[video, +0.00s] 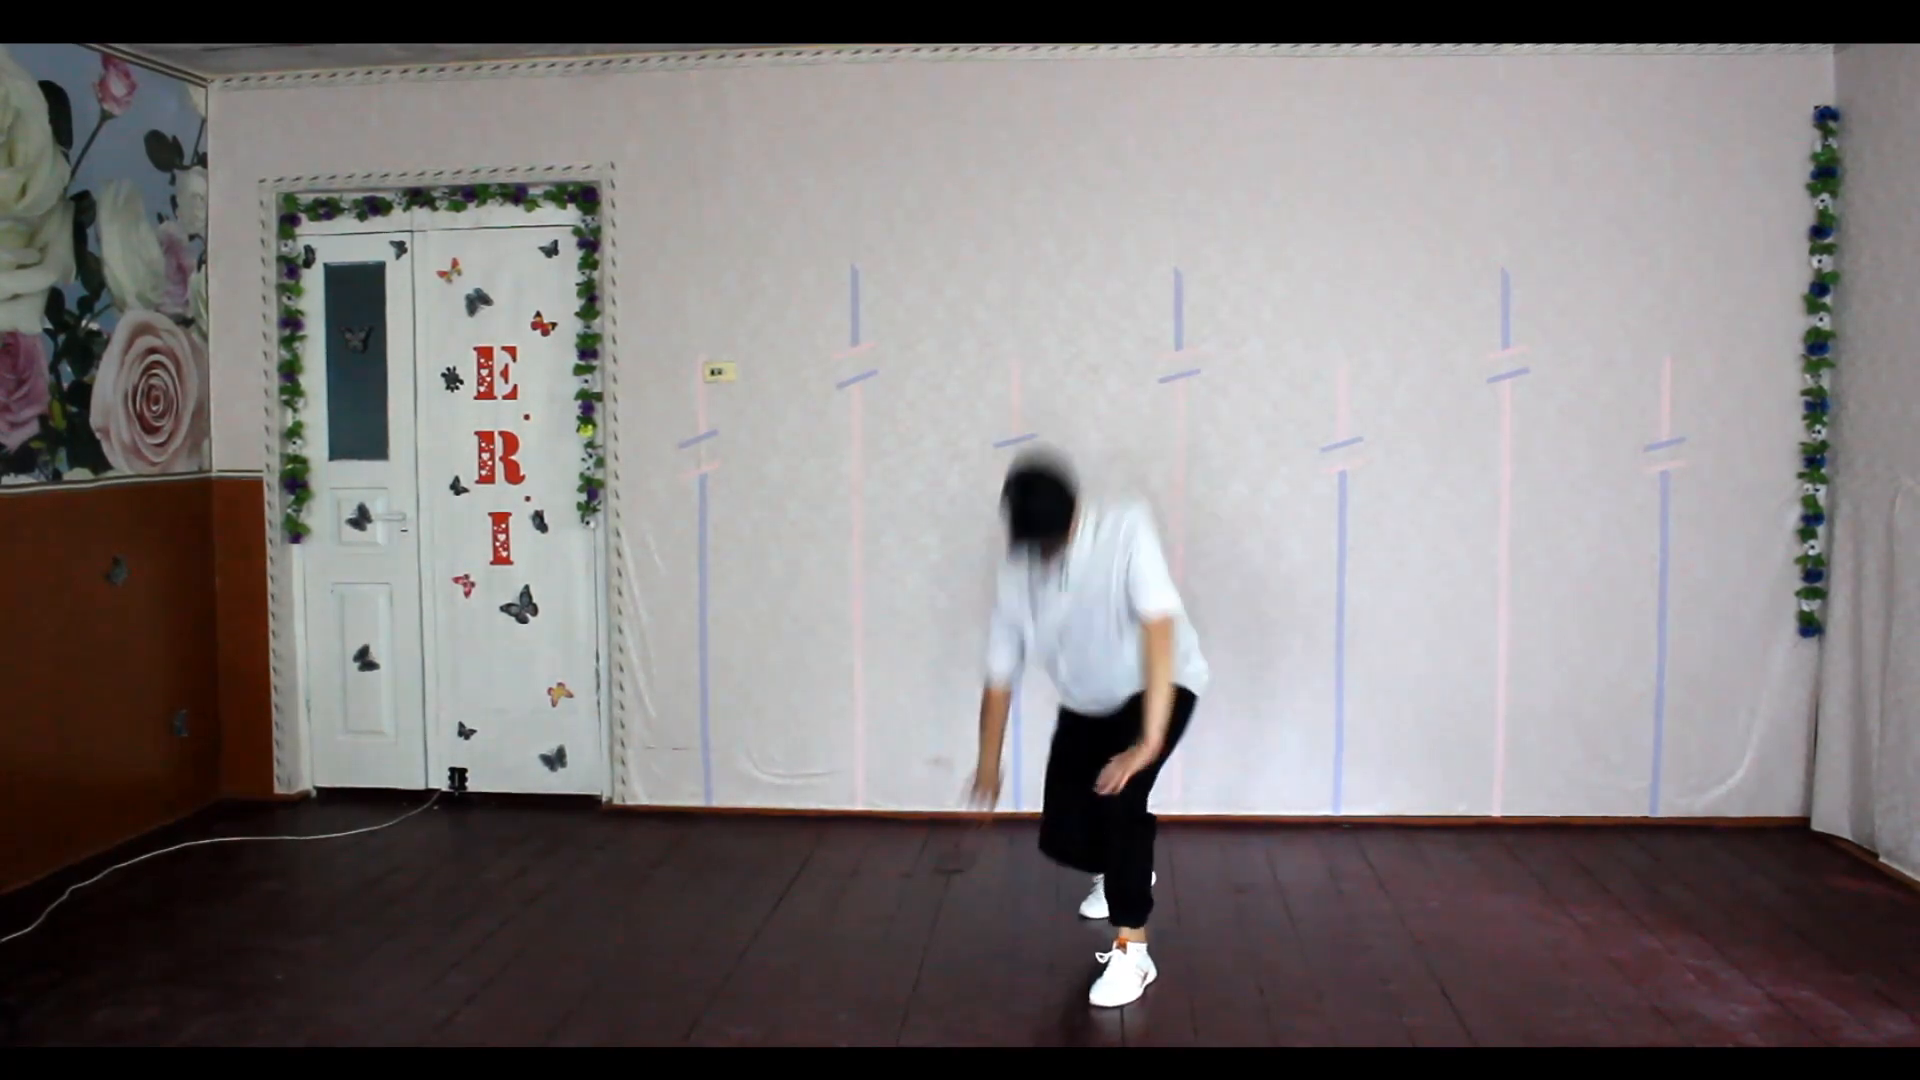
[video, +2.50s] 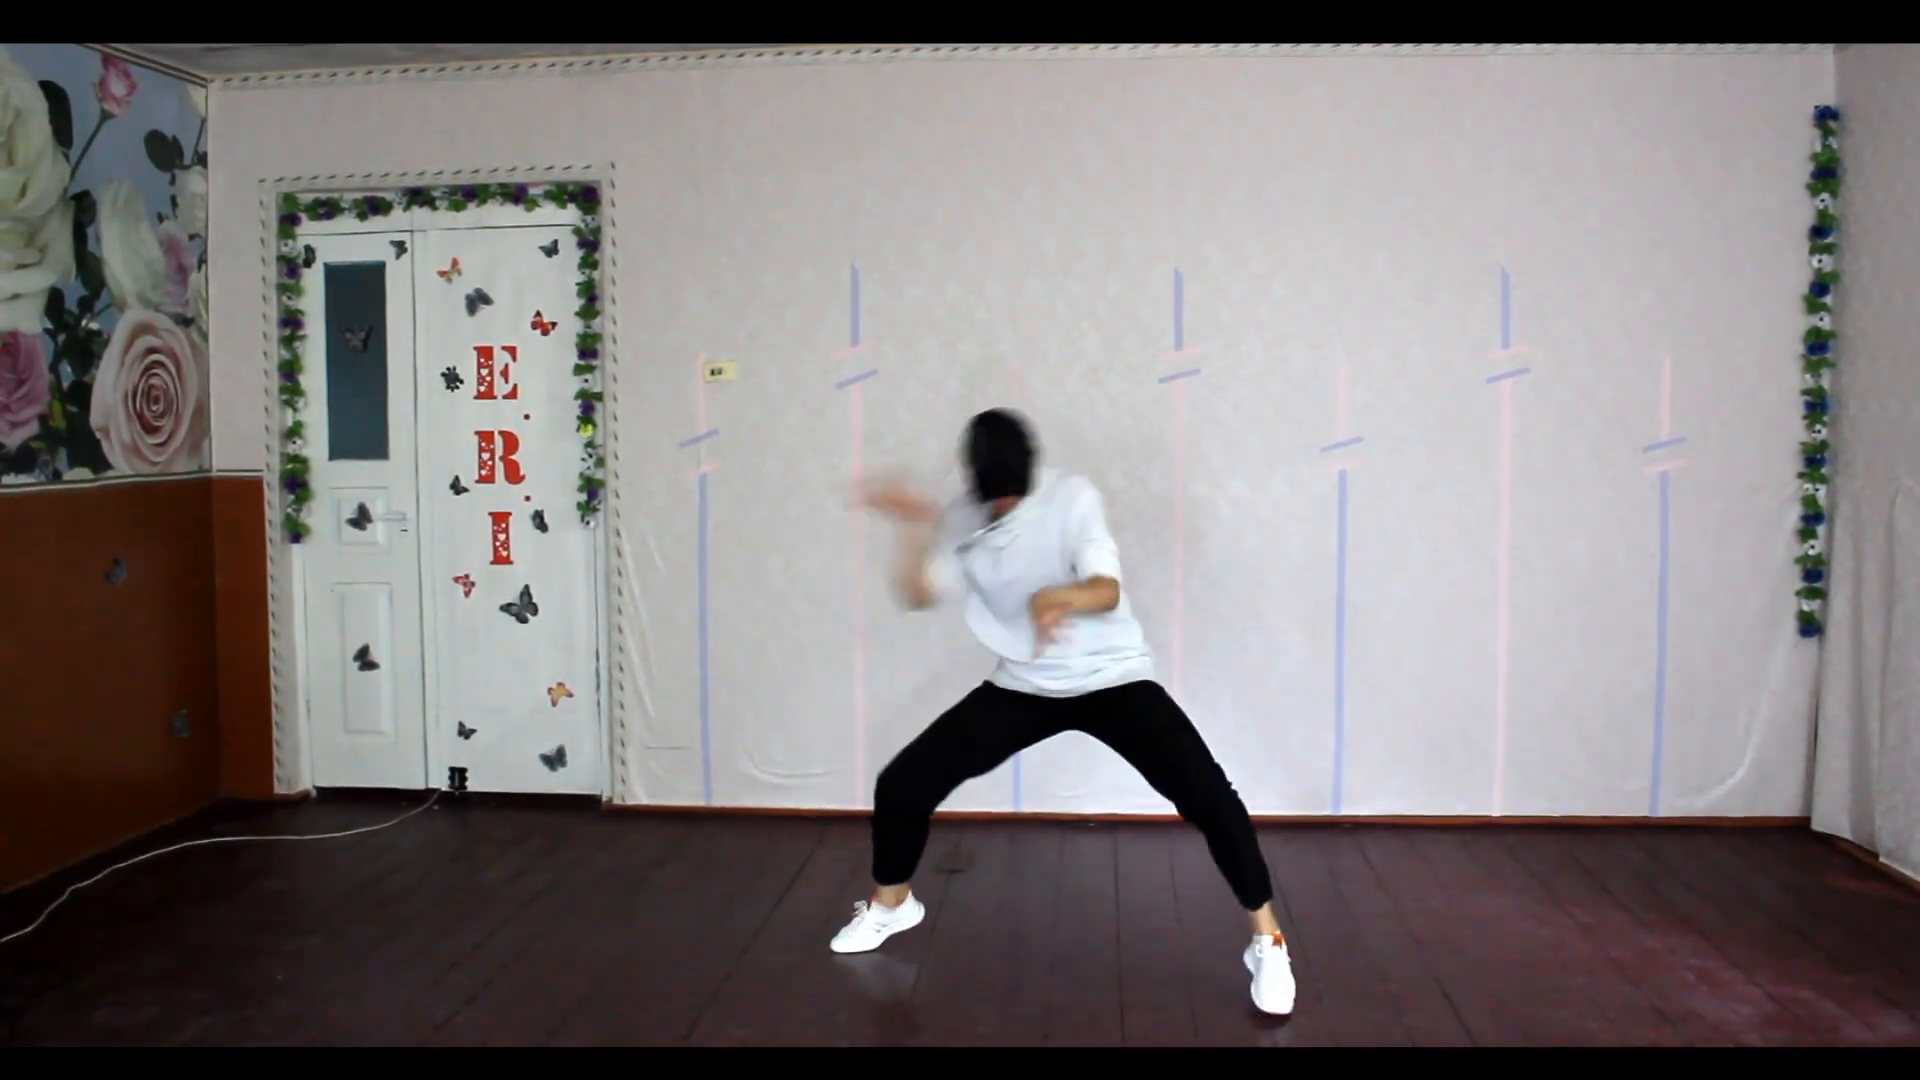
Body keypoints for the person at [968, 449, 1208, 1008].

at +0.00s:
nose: (1047, 551)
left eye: (1054, 539)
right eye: (1035, 543)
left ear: (1071, 515)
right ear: (1018, 529)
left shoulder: (1124, 529)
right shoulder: (1017, 566)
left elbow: (1161, 629)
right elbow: (1000, 674)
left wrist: (1150, 740)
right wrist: (988, 764)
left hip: (1153, 693)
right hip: (1085, 702)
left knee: (1121, 806)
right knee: (1063, 832)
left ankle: (1131, 951)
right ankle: (1126, 868)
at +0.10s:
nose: (1062, 468)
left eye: (1070, 456)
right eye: (1052, 457)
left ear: (1091, 433)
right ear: (1037, 440)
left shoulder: (1136, 463)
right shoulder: (1023, 488)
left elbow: (1139, 568)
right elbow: (1003, 587)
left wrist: (1120, 679)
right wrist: (1007, 668)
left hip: (1145, 662)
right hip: (1069, 667)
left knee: (1123, 797)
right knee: (1067, 797)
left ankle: (1131, 944)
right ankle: (1117, 859)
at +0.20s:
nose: (1069, 373)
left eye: (1077, 359)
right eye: (1059, 360)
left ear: (1094, 346)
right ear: (1047, 351)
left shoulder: (1143, 385)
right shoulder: (1026, 410)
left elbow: (1160, 476)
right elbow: (1000, 498)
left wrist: (1068, 545)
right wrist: (1034, 556)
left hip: (1139, 604)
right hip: (1063, 609)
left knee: (1132, 747)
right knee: (1059, 731)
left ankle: (1143, 915)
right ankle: (1095, 840)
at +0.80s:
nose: (1052, 388)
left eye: (1064, 376)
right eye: (1041, 376)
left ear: (1088, 354)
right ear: (1023, 360)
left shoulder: (1132, 396)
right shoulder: (1005, 406)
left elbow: (1179, 470)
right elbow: (959, 454)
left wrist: (1094, 512)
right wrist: (967, 538)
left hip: (1118, 612)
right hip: (1034, 610)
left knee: (1127, 759)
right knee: (1015, 762)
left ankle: (1129, 909)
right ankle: (1043, 909)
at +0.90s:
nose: (1029, 412)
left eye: (1040, 403)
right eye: (1020, 402)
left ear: (1065, 382)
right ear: (1006, 385)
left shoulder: (1112, 419)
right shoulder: (995, 423)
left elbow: (1165, 501)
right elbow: (946, 462)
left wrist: (1102, 506)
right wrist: (882, 518)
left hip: (1121, 622)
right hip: (1031, 618)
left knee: (1179, 760)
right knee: (946, 743)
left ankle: (1194, 894)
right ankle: (962, 881)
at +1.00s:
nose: (1036, 486)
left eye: (1045, 475)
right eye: (1025, 477)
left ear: (1064, 455)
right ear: (1006, 460)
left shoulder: (1099, 494)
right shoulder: (995, 500)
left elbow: (1116, 595)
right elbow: (949, 548)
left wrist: (1102, 599)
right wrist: (858, 552)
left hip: (1110, 680)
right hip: (1021, 680)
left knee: (1187, 801)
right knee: (922, 794)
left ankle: (1246, 931)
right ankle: (912, 913)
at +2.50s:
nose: (997, 496)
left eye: (1005, 485)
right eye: (988, 486)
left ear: (1021, 472)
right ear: (975, 478)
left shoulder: (1072, 500)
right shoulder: (967, 532)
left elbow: (1106, 589)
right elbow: (917, 592)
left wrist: (1056, 599)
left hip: (1114, 684)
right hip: (1022, 688)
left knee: (1209, 797)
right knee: (902, 786)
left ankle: (1267, 939)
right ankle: (891, 904)